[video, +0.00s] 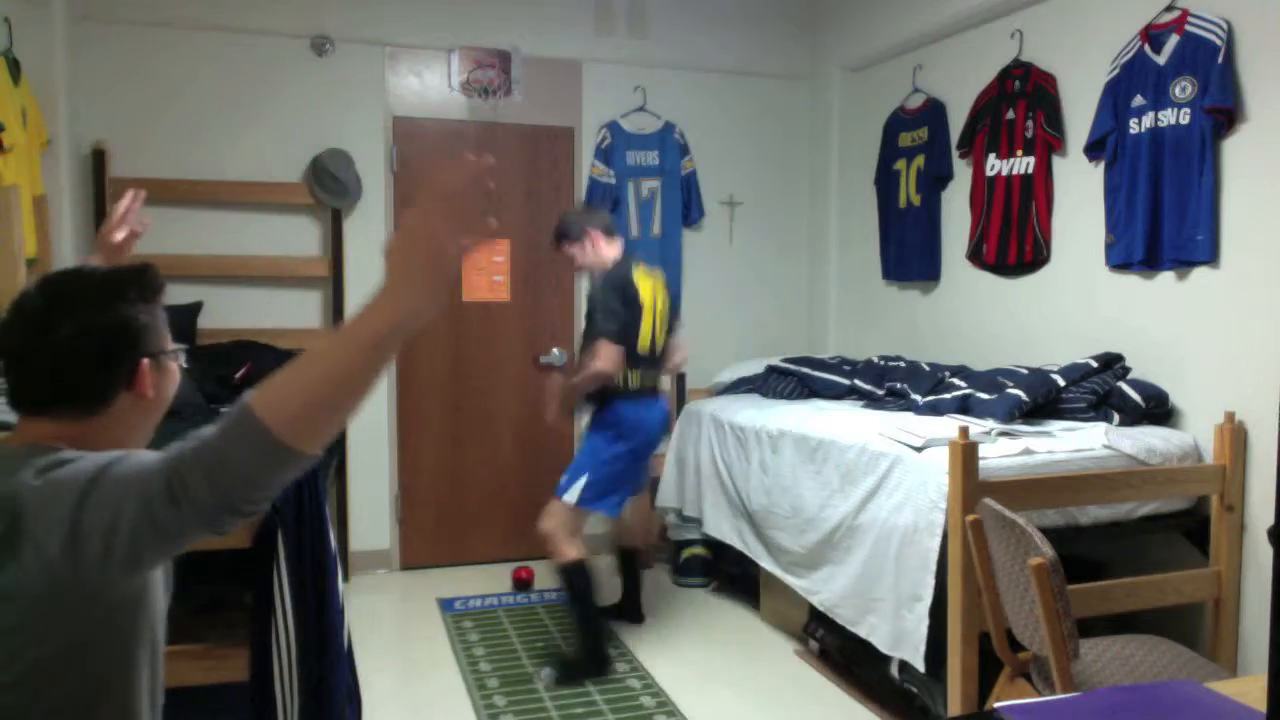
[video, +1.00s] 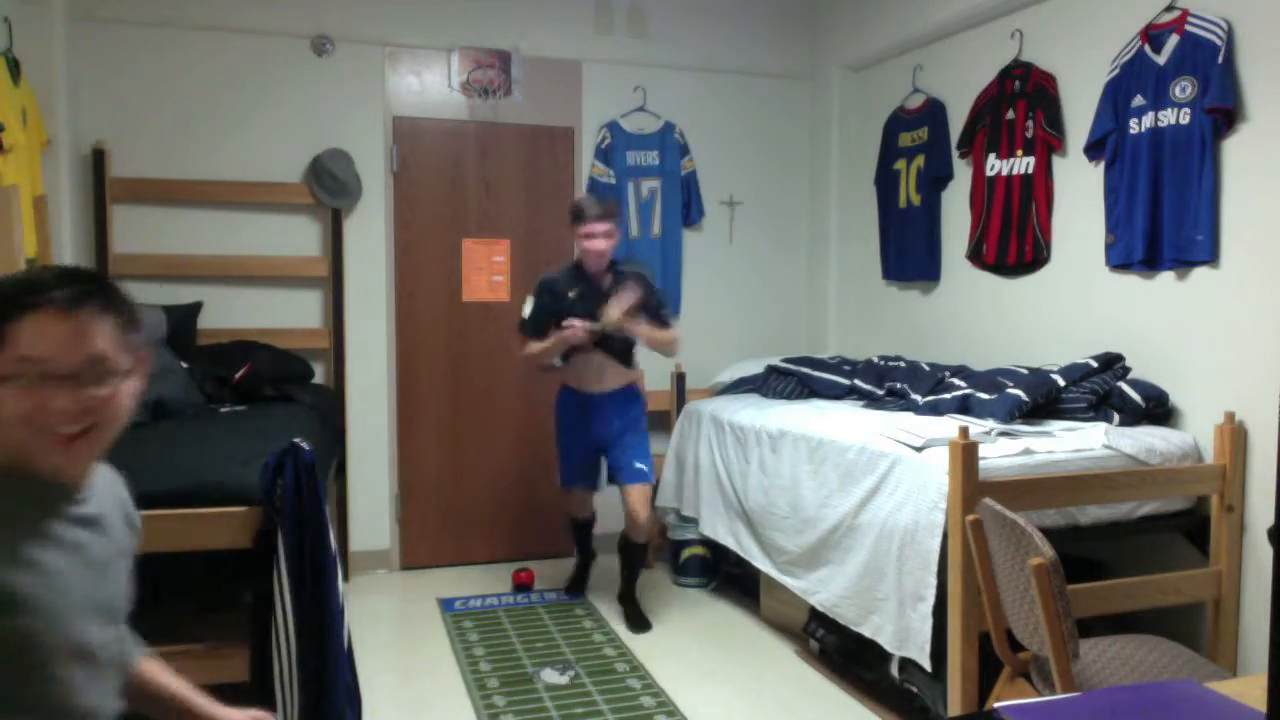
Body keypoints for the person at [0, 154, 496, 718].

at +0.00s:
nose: (180, 370)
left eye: (175, 353)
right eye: (174, 356)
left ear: (25, 365)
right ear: (142, 381)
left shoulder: (21, 475)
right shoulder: (77, 502)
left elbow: (44, 367)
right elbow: (226, 469)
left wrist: (93, 279)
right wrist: (402, 302)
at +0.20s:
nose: (183, 374)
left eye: (178, 357)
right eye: (177, 359)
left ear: (29, 369)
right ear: (146, 383)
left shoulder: (14, 476)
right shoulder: (90, 509)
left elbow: (40, 374)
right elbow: (235, 478)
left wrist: (78, 284)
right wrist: (412, 312)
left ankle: (308, 692)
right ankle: (311, 696)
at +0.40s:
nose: (176, 369)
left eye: (170, 353)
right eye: (169, 354)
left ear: (25, 370)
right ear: (139, 379)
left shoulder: (15, 476)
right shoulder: (89, 505)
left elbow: (40, 375)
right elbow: (232, 487)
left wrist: (70, 276)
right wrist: (391, 310)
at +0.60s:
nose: (181, 370)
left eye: (177, 354)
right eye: (171, 355)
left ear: (40, 368)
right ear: (133, 375)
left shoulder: (22, 483)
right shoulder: (92, 513)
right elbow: (249, 602)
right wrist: (345, 416)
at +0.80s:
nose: (137, 386)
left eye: (148, 359)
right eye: (101, 365)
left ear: (169, 361)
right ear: (16, 377)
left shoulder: (99, 480)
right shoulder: (16, 513)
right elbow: (26, 709)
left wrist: (204, 646)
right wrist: (239, 679)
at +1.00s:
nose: (66, 404)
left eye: (95, 375)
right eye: (32, 378)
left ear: (139, 374)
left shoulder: (108, 494)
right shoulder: (10, 512)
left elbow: (104, 640)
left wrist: (212, 711)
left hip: (101, 710)